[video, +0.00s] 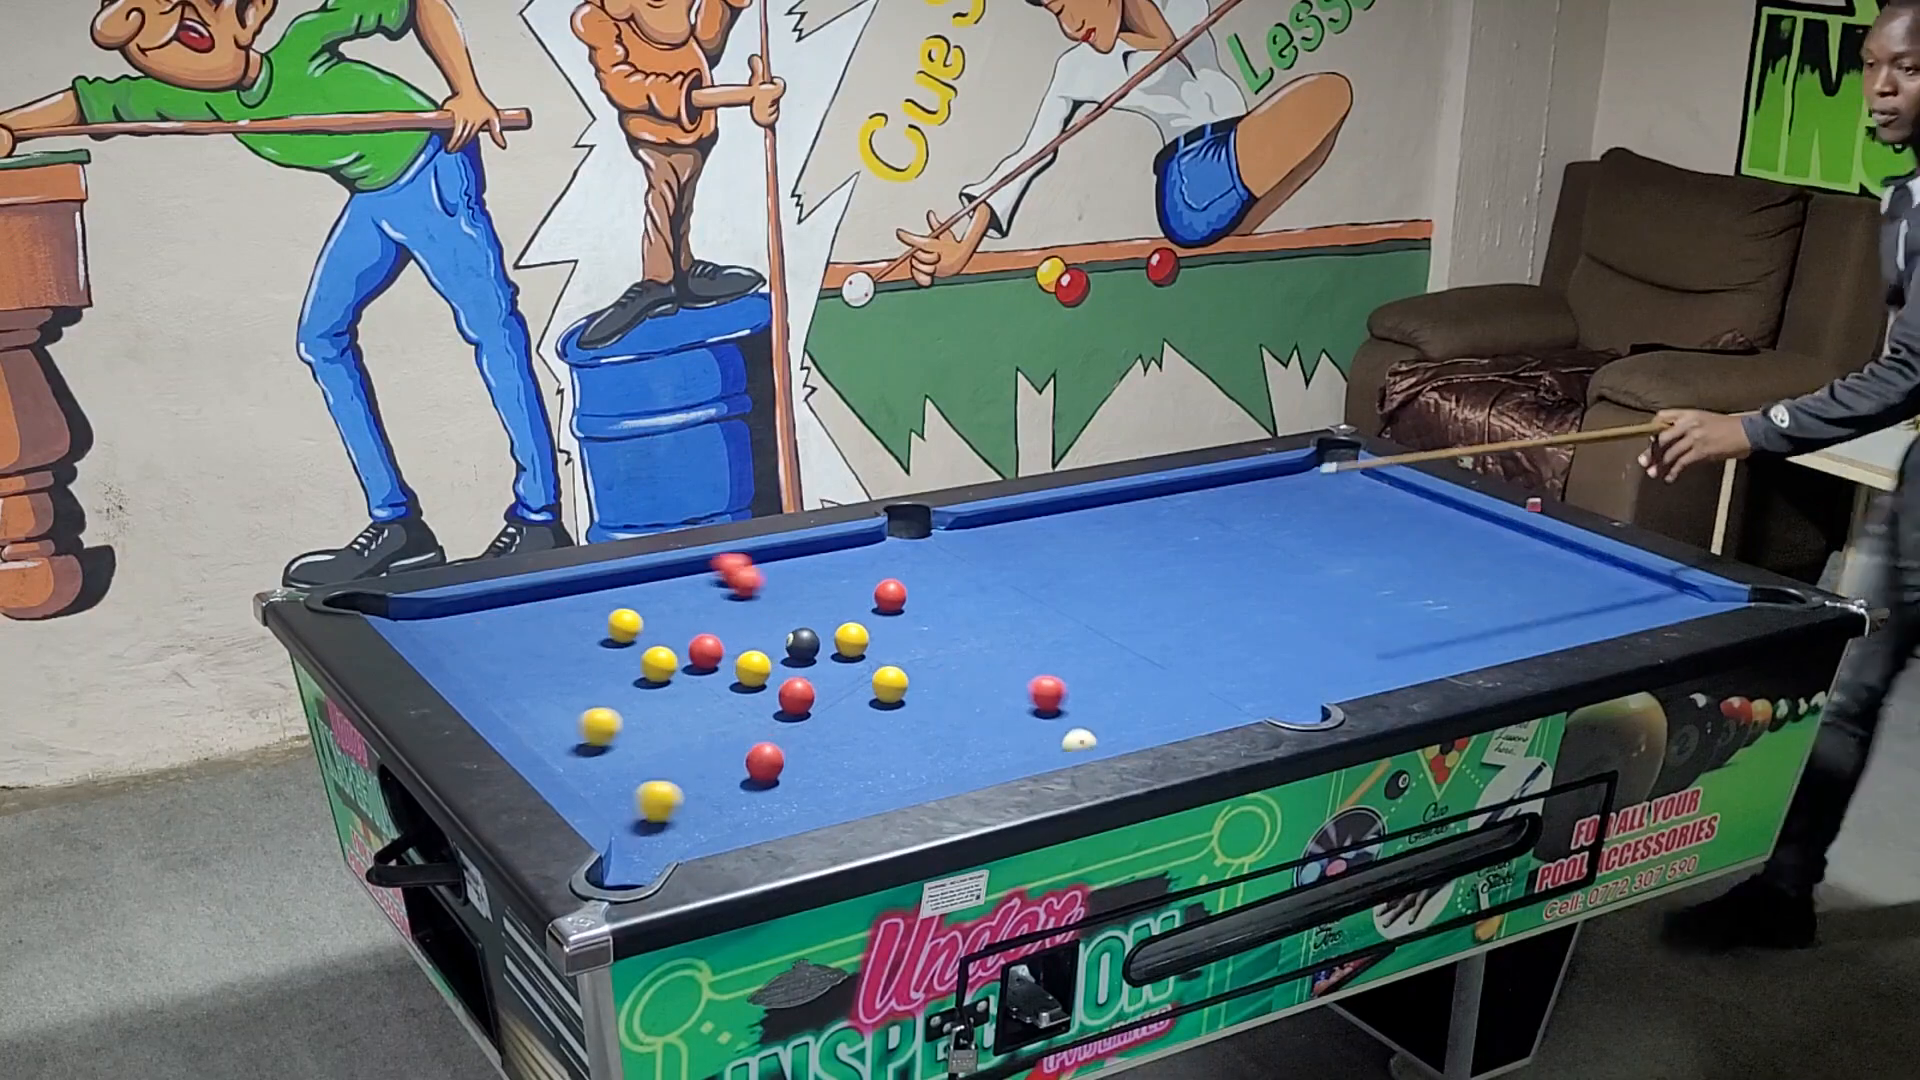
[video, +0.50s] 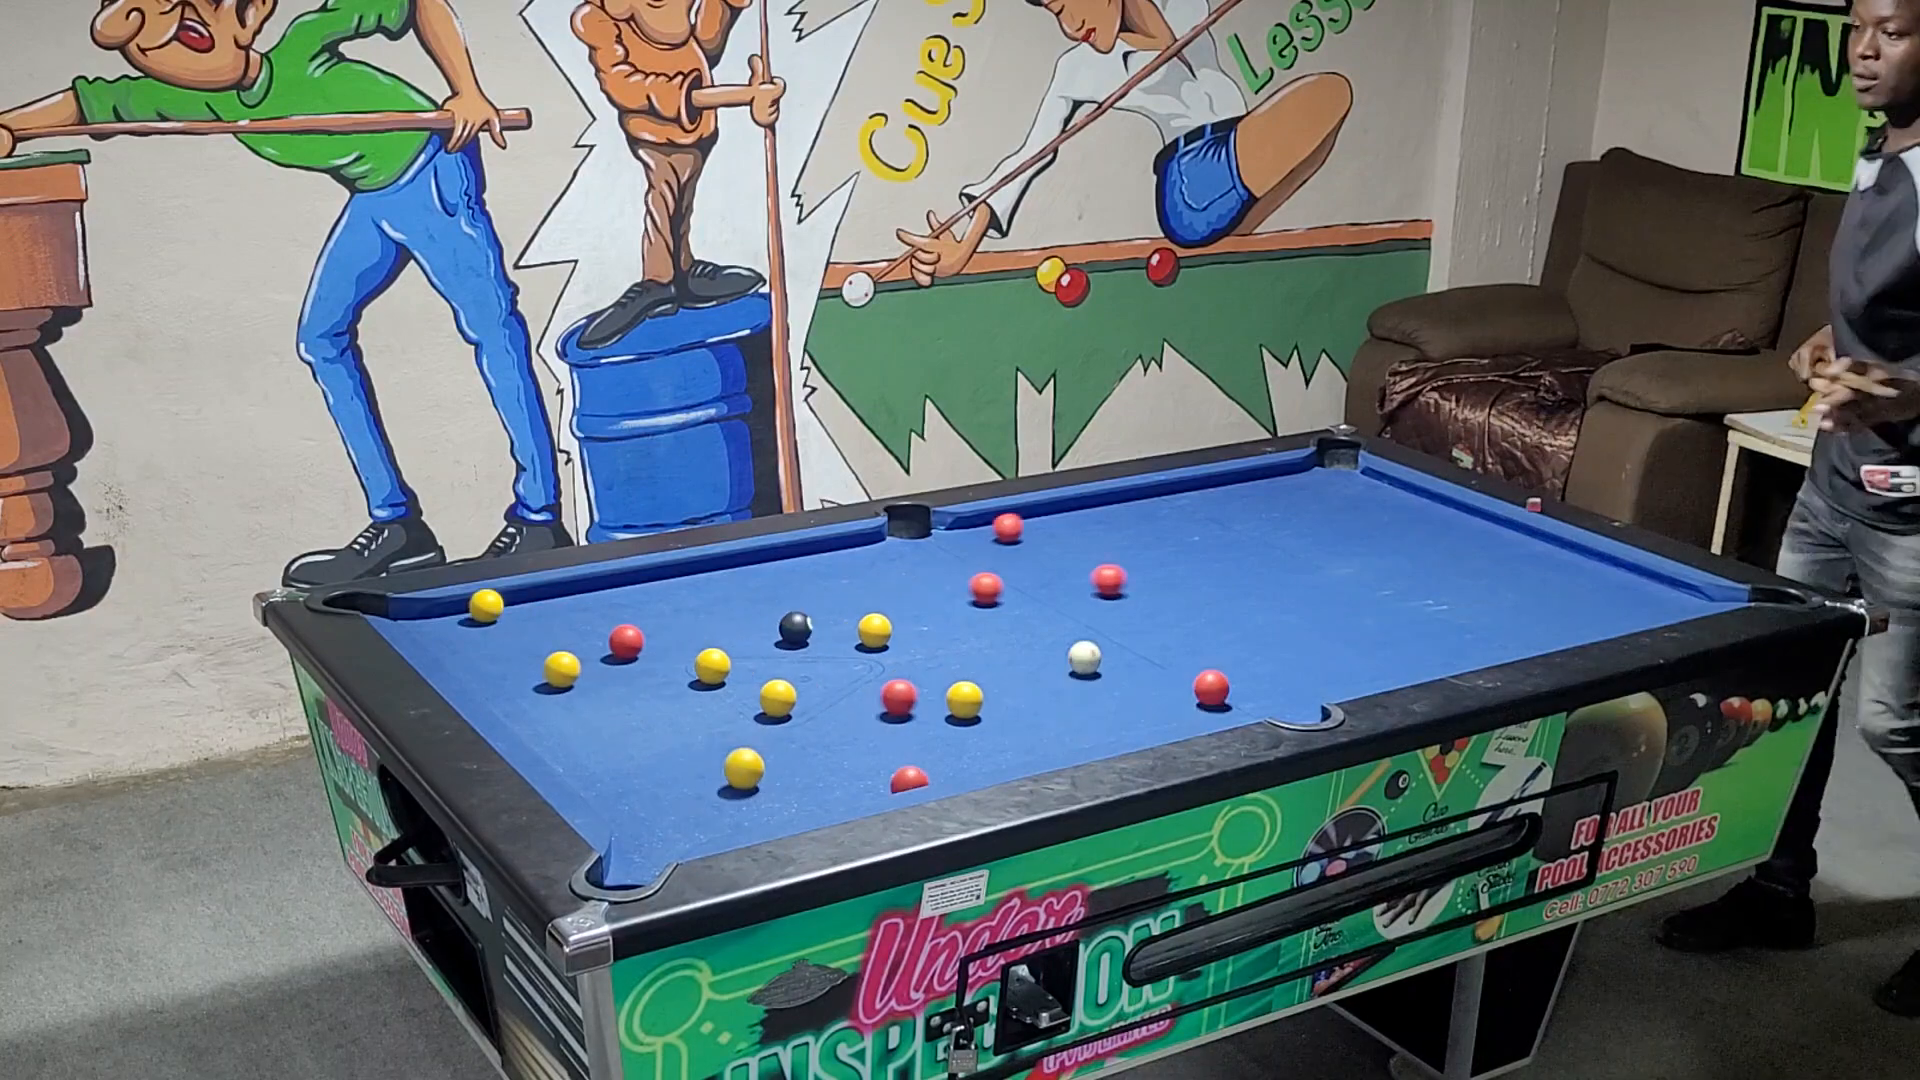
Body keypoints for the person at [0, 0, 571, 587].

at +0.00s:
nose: (207, 57)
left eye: (200, 42)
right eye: (191, 56)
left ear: (228, 22)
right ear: (185, 74)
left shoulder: (300, 37)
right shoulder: (213, 98)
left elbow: (419, 4)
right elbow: (90, 101)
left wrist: (467, 87)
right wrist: (9, 124)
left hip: (426, 165)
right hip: (369, 199)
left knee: (492, 329)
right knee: (322, 337)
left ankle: (540, 516)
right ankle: (397, 522)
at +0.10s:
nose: (208, 58)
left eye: (201, 43)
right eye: (191, 58)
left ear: (229, 22)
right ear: (186, 75)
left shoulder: (300, 37)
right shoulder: (213, 98)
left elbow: (419, 4)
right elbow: (90, 101)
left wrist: (467, 87)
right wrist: (9, 124)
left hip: (426, 166)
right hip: (369, 199)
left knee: (492, 329)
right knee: (322, 337)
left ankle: (540, 516)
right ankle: (397, 522)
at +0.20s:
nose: (208, 58)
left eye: (201, 42)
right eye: (191, 58)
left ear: (229, 22)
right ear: (186, 75)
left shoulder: (300, 37)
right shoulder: (213, 98)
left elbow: (419, 4)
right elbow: (90, 101)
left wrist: (467, 87)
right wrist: (9, 124)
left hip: (426, 165)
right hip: (369, 199)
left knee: (492, 329)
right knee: (322, 337)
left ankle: (541, 516)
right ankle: (397, 522)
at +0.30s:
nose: (207, 58)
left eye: (201, 43)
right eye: (191, 58)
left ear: (229, 22)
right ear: (185, 75)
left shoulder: (300, 37)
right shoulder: (213, 98)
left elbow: (419, 4)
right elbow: (90, 101)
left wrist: (467, 87)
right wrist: (9, 124)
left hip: (426, 165)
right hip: (369, 199)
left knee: (492, 329)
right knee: (322, 337)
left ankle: (541, 516)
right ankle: (397, 522)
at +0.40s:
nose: (207, 58)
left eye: (201, 43)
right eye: (190, 58)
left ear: (228, 22)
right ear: (185, 74)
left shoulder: (300, 37)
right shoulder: (213, 98)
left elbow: (419, 4)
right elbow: (90, 101)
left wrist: (467, 87)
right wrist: (9, 124)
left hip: (426, 165)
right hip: (369, 198)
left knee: (492, 329)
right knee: (322, 337)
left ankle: (541, 516)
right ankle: (397, 522)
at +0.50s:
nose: (208, 58)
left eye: (201, 42)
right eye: (191, 58)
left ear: (228, 22)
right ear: (185, 75)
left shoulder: (300, 37)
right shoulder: (213, 98)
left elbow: (419, 4)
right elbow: (90, 101)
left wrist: (467, 87)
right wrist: (9, 124)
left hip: (426, 165)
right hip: (369, 199)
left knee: (492, 328)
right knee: (322, 337)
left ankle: (541, 516)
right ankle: (397, 522)